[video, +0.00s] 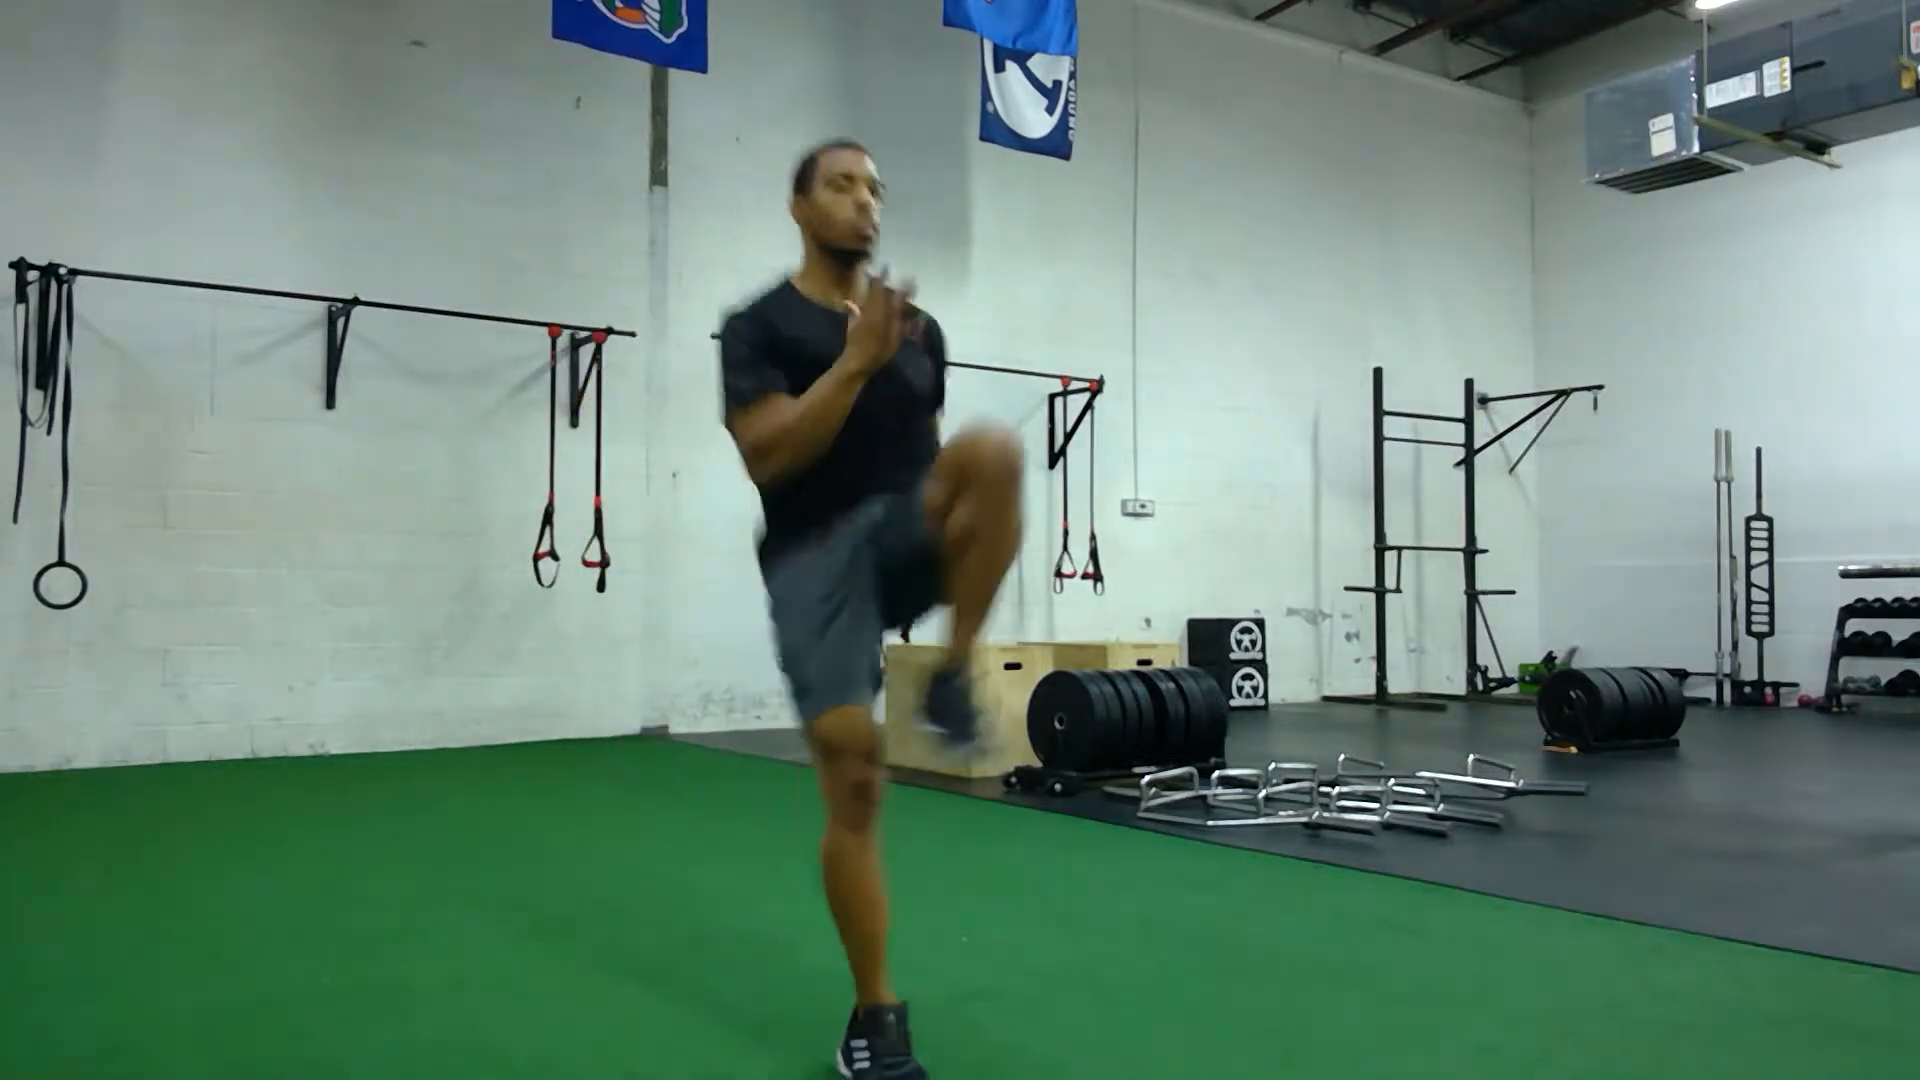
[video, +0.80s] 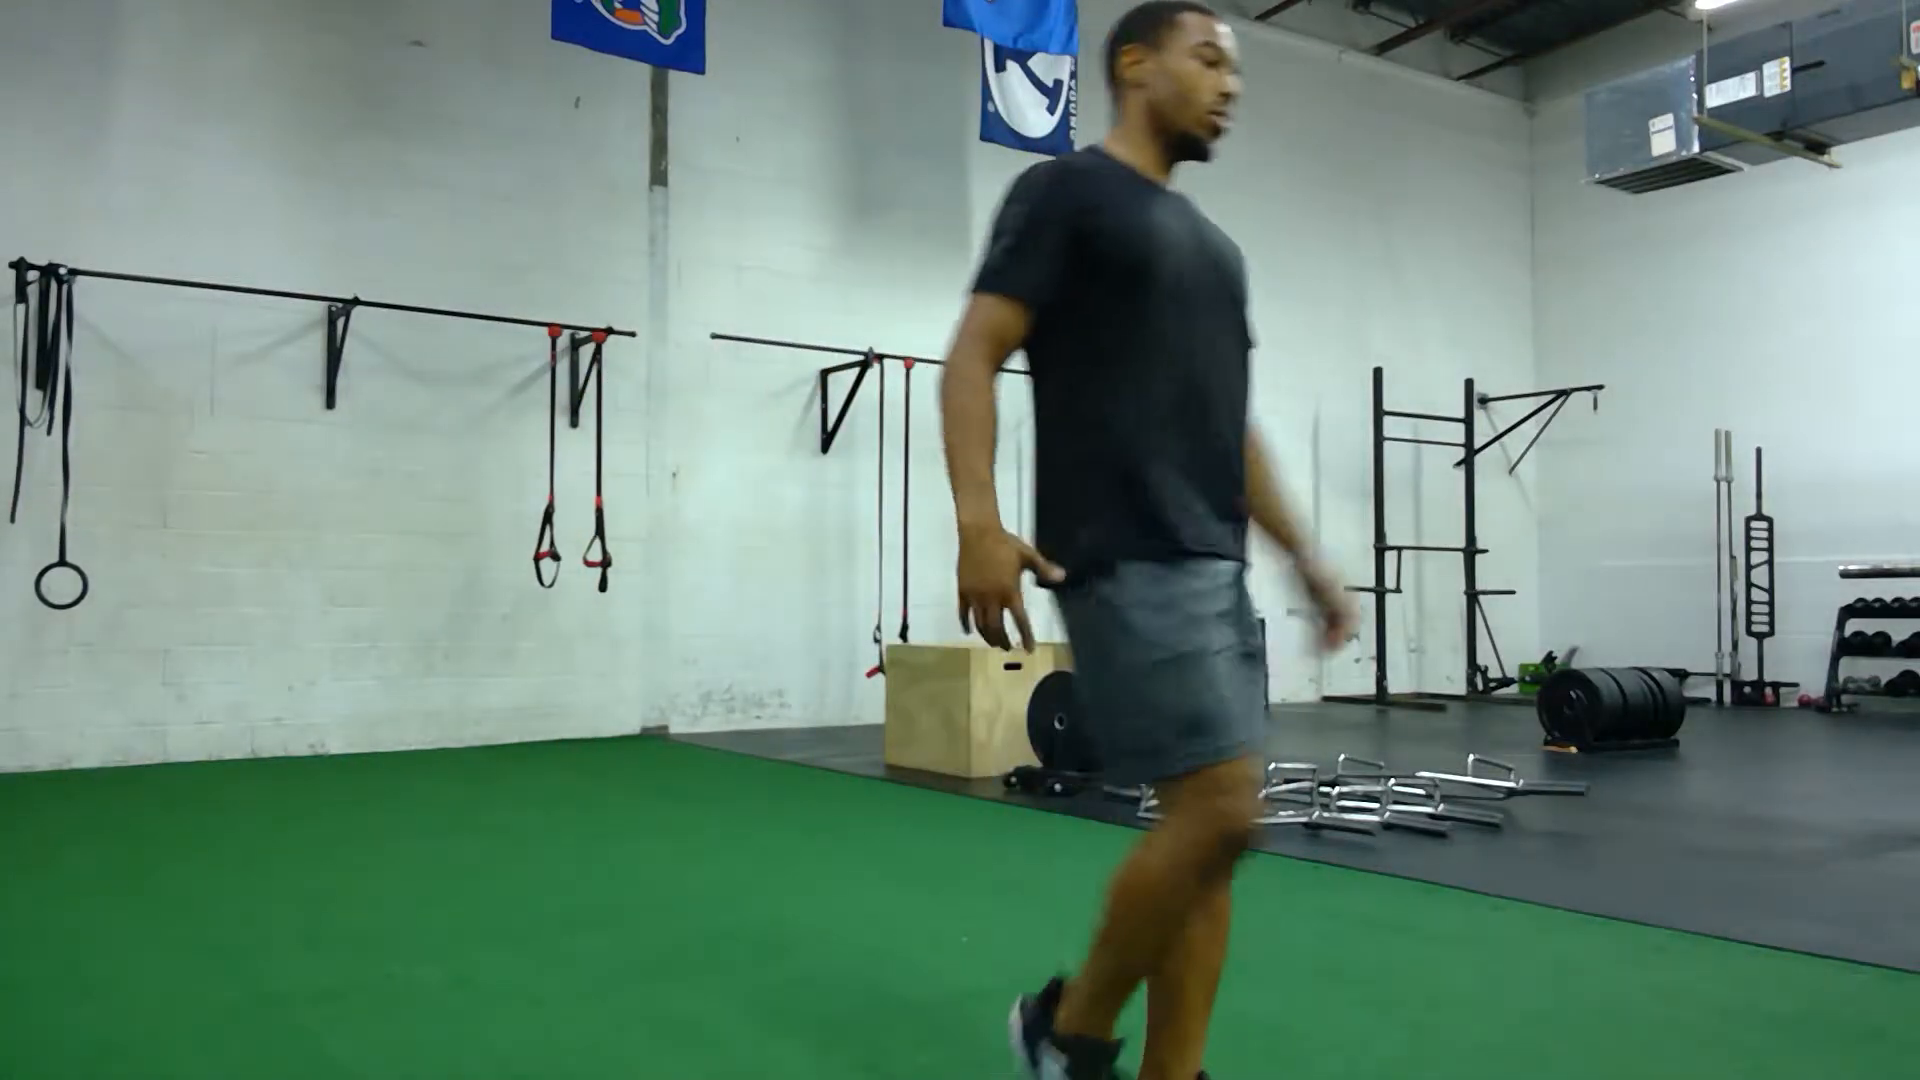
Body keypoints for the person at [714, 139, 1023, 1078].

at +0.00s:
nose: (864, 202)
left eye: (872, 190)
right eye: (843, 187)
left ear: (881, 213)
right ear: (799, 208)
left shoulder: (914, 331)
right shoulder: (757, 326)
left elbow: (920, 451)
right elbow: (764, 456)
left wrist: (954, 512)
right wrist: (856, 362)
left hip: (902, 532)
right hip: (811, 558)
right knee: (855, 783)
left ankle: (950, 676)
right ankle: (876, 1010)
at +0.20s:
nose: (921, 126)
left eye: (929, 112)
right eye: (899, 109)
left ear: (938, 132)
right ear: (849, 130)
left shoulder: (966, 253)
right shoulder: (805, 252)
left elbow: (963, 395)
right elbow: (783, 410)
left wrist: (1021, 456)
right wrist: (904, 352)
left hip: (979, 478)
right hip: (884, 512)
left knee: (1111, 435)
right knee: (934, 746)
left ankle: (1078, 692)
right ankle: (919, 981)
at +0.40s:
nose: (1014, 104)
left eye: (1022, 88)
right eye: (990, 84)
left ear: (1025, 110)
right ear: (933, 102)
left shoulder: (1034, 241)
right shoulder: (872, 226)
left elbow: (1019, 373)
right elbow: (840, 376)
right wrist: (984, 334)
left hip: (1050, 495)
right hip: (955, 540)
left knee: (1226, 479)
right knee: (983, 781)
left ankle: (1154, 750)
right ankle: (956, 1002)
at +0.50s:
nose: (1069, 61)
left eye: (1074, 44)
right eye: (1044, 41)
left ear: (1073, 67)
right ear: (981, 61)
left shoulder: (1083, 215)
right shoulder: (916, 188)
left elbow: (1075, 356)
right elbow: (850, 346)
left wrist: (1075, 411)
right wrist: (988, 373)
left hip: (1095, 479)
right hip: (984, 506)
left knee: (1254, 585)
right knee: (1028, 760)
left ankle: (1154, 856)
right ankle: (1009, 1031)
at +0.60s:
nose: (1127, 75)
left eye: (1130, 62)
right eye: (1100, 54)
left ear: (1125, 96)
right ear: (1030, 81)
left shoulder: (1132, 246)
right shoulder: (965, 209)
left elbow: (1098, 393)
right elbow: (872, 366)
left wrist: (1112, 481)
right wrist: (988, 444)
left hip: (1144, 532)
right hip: (1029, 551)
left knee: (1264, 727)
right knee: (1051, 812)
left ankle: (1170, 998)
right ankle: (1031, 1061)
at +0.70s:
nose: (1180, 84)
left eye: (1184, 69)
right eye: (1156, 61)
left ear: (1169, 98)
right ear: (1082, 77)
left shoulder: (1170, 248)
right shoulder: (1013, 205)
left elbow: (1155, 407)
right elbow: (924, 373)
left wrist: (1190, 540)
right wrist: (979, 509)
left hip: (1187, 564)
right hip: (1078, 566)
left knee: (1218, 805)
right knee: (1111, 817)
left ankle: (1174, 1069)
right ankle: (1043, 1059)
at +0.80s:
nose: (1232, 85)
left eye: (1234, 69)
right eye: (1210, 58)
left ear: (1214, 94)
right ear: (1134, 65)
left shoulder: (1212, 249)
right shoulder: (1065, 190)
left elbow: (1226, 425)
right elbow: (971, 359)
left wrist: (1305, 557)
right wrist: (979, 526)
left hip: (1215, 562)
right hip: (1126, 564)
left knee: (1207, 826)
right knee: (1221, 808)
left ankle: (1172, 1068)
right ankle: (1070, 1029)